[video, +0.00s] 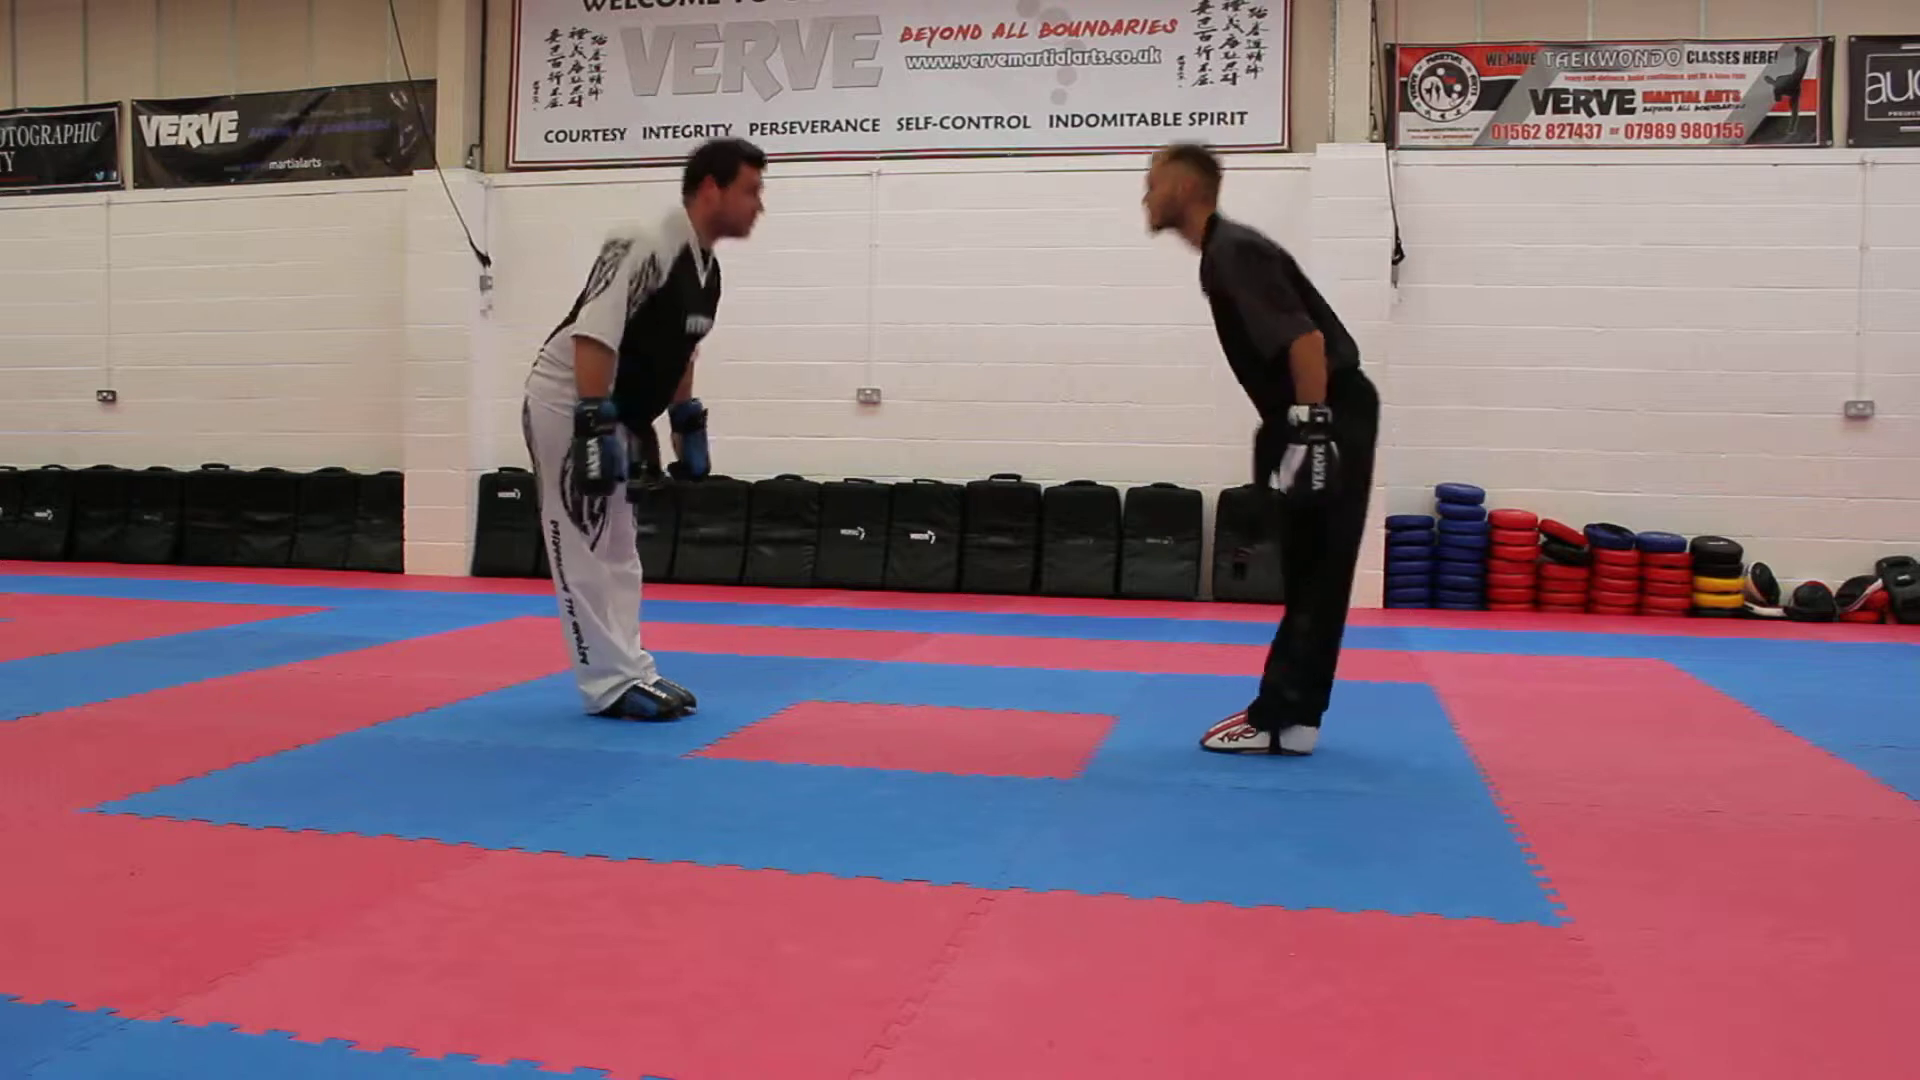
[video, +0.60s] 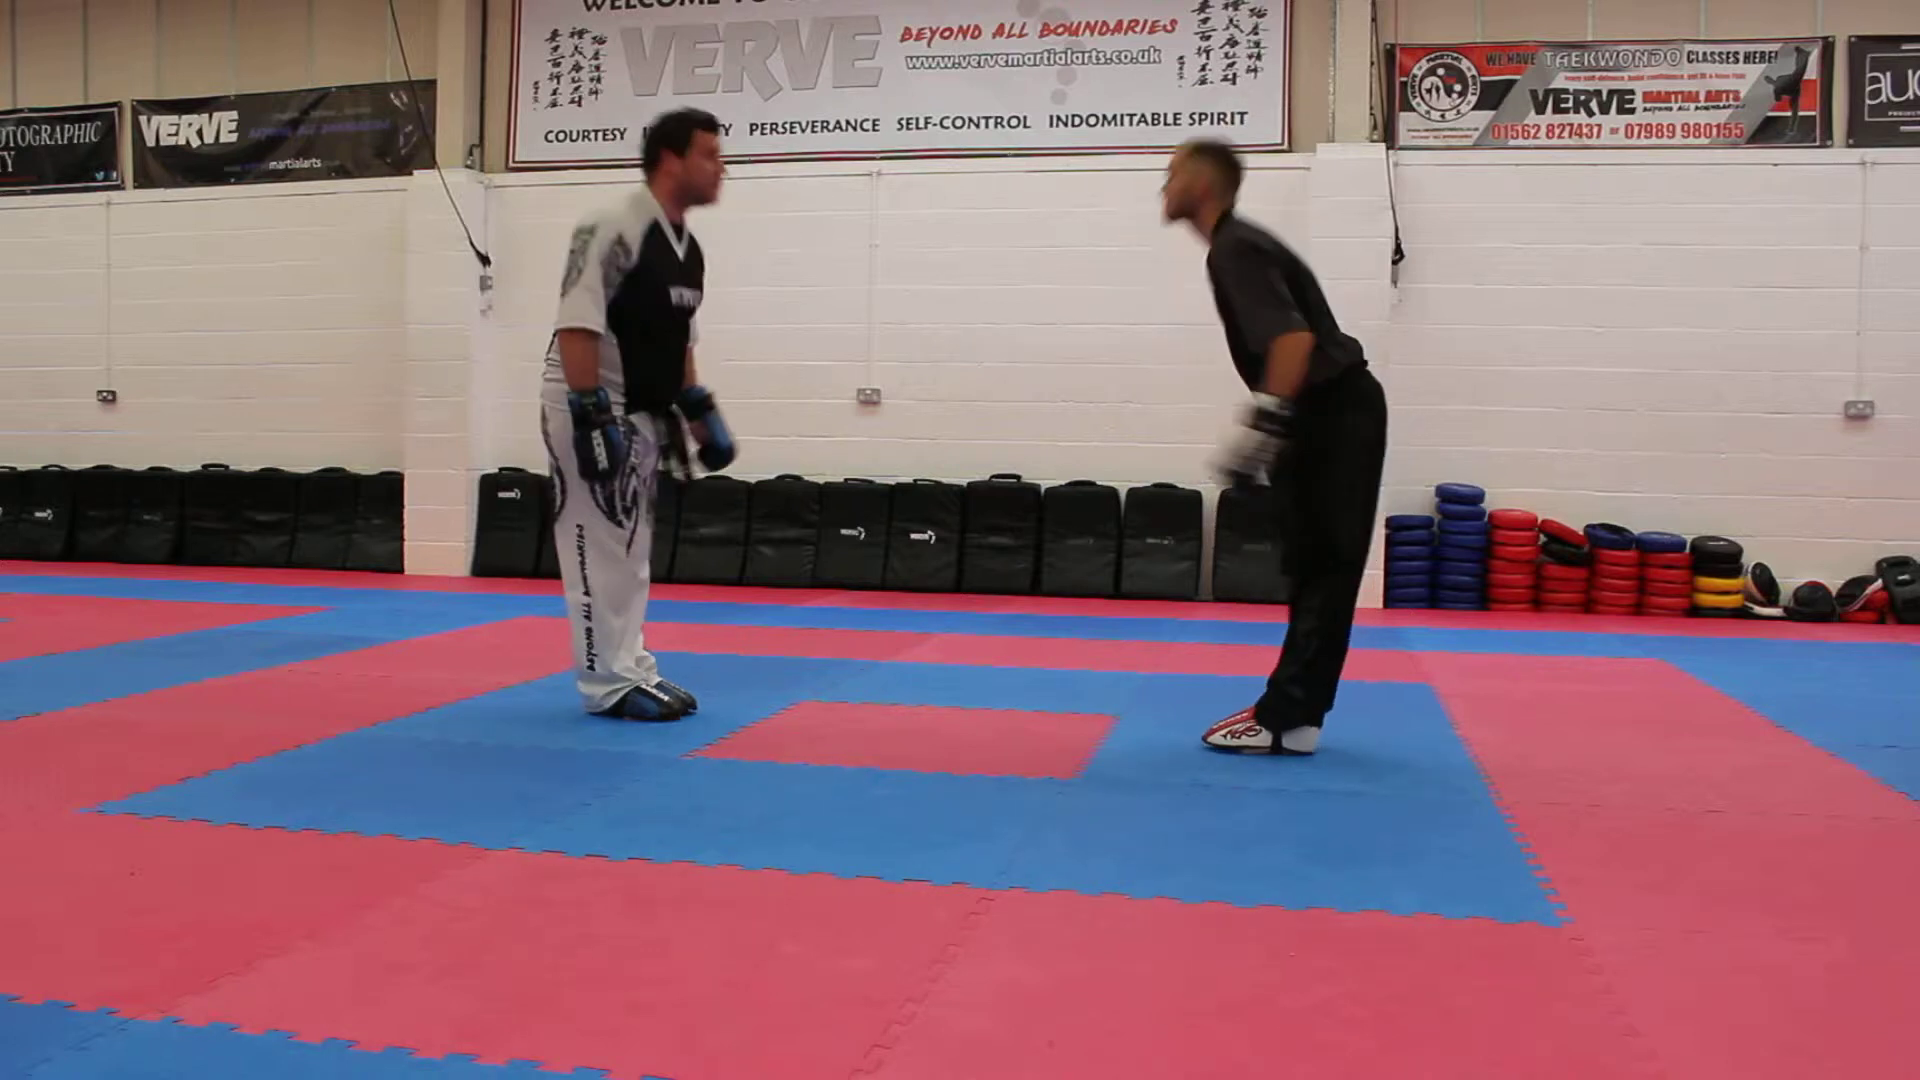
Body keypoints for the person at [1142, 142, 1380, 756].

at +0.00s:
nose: (1144, 196)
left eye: (1152, 183)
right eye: (1147, 184)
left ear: (1186, 187)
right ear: (1187, 188)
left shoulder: (1236, 254)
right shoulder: (1222, 254)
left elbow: (1306, 340)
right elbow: (1285, 344)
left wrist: (1312, 425)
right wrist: (1280, 426)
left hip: (1331, 412)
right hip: (1312, 411)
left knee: (1316, 568)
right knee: (1311, 567)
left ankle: (1285, 715)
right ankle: (1290, 711)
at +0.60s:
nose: (1164, 186)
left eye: (1173, 174)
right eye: (1168, 174)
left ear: (1204, 182)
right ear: (1207, 183)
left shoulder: (1236, 249)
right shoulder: (1237, 245)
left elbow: (1293, 339)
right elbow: (1297, 338)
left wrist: (1263, 424)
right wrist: (1272, 424)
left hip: (1337, 407)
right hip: (1331, 406)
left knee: (1323, 562)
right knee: (1320, 562)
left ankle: (1289, 714)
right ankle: (1296, 712)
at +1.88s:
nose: (1226, 183)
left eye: (1235, 172)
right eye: (1230, 172)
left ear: (1268, 182)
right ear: (1282, 189)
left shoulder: (1206, 246)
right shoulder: (1314, 274)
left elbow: (1150, 317)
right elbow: (1333, 380)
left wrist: (1108, 293)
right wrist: (1270, 361)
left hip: (1175, 429)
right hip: (1248, 439)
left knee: (1132, 523)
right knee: (1250, 567)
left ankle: (1112, 625)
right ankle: (1243, 704)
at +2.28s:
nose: (1086, 164)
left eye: (1094, 155)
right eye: (1090, 153)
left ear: (1113, 165)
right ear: (1149, 172)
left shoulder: (1073, 227)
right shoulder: (1174, 267)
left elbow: (982, 293)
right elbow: (1190, 368)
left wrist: (932, 253)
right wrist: (1126, 356)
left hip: (994, 364)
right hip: (1052, 417)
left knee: (897, 340)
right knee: (1057, 557)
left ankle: (793, 333)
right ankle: (1043, 704)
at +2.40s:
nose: (1040, 173)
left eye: (1047, 163)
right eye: (1044, 161)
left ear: (1063, 172)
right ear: (1100, 178)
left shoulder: (1020, 238)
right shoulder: (1126, 273)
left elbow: (935, 304)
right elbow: (1135, 378)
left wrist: (894, 260)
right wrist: (1075, 353)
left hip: (948, 388)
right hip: (1013, 424)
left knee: (847, 444)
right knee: (1041, 558)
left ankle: (756, 521)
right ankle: (1039, 704)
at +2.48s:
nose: (992, 173)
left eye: (1001, 163)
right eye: (995, 161)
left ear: (1023, 170)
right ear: (1047, 175)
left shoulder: (976, 239)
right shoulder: (1076, 265)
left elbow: (887, 292)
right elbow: (1093, 368)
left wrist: (860, 256)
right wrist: (1031, 346)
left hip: (920, 411)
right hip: (990, 430)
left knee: (845, 516)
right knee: (1031, 561)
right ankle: (1040, 708)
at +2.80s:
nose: (695, 177)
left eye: (702, 167)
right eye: (697, 168)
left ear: (723, 169)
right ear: (744, 169)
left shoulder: (706, 217)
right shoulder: (798, 222)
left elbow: (619, 184)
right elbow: (863, 288)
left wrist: (556, 141)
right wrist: (798, 287)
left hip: (777, 398)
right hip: (830, 389)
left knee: (783, 542)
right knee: (852, 524)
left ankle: (800, 698)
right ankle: (889, 651)